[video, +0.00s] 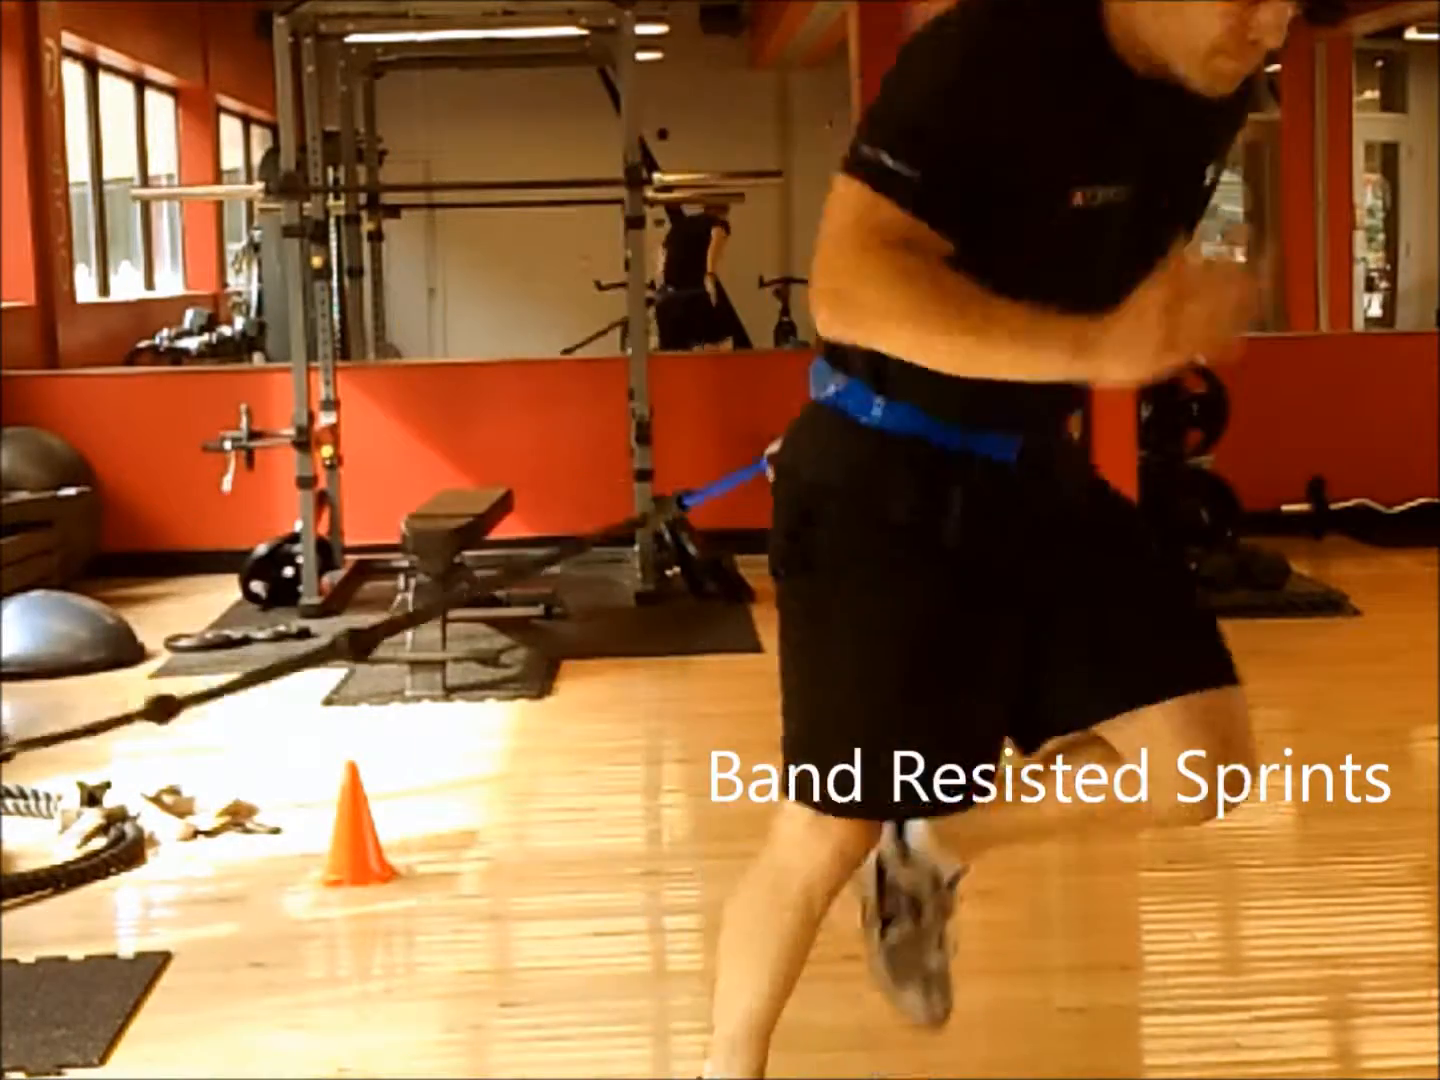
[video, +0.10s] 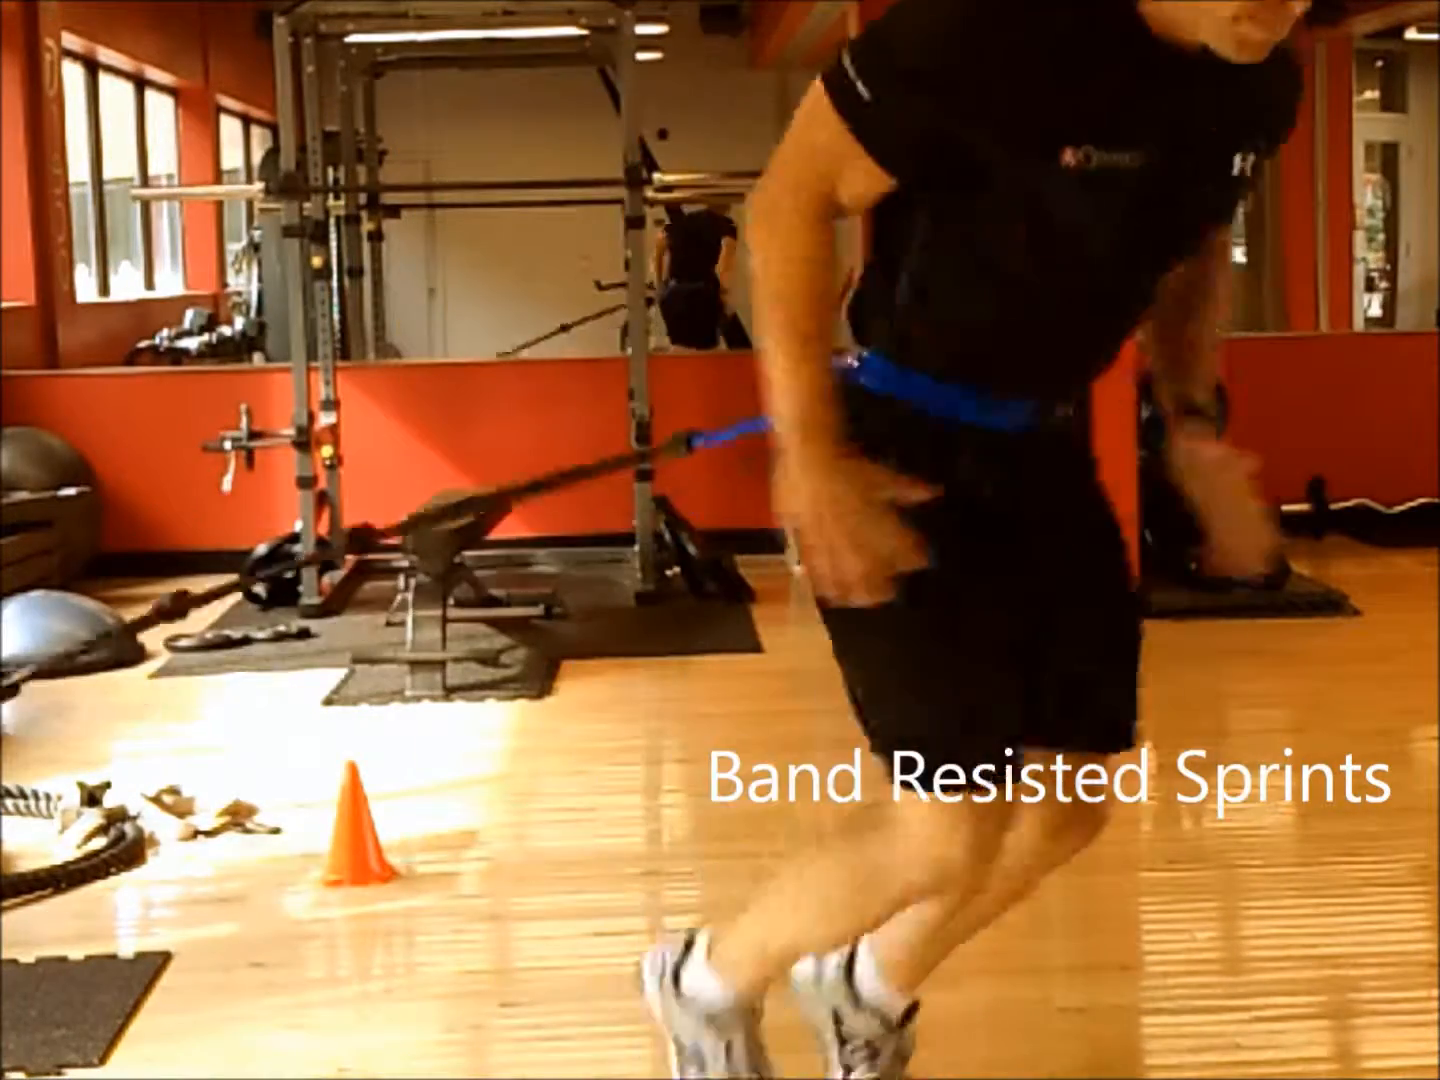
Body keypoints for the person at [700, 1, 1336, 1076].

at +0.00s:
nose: (1272, 25)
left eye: (1288, 1)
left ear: (1301, 4)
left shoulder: (1219, 79)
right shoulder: (983, 47)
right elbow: (849, 287)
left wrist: (1179, 308)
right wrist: (1092, 347)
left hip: (1041, 464)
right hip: (879, 458)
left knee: (1198, 767)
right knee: (833, 818)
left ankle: (931, 840)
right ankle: (729, 1067)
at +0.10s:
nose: (1287, 19)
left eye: (1304, 2)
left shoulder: (1259, 86)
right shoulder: (980, 31)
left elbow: (1190, 252)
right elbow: (792, 194)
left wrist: (1194, 431)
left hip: (1040, 441)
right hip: (893, 430)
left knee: (1071, 801)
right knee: (947, 824)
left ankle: (868, 989)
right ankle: (704, 982)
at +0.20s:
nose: (1273, 100)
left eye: (1293, 68)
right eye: (1251, 60)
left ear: (1309, 56)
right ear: (1152, 23)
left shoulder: (1250, 184)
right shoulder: (966, 112)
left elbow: (1279, 359)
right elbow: (721, 170)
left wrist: (1362, 437)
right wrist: (623, 370)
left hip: (1027, 526)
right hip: (883, 511)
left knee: (936, 827)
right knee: (1078, 785)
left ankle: (785, 1045)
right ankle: (758, 801)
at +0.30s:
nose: (1273, 85)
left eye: (1294, 53)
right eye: (1251, 44)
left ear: (1310, 49)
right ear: (1151, 16)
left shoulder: (1250, 170)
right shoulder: (963, 105)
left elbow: (1251, 348)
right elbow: (734, 170)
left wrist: (1328, 426)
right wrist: (652, 390)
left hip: (1045, 528)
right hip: (900, 512)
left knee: (927, 822)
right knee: (1028, 837)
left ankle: (803, 1017)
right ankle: (784, 875)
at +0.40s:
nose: (1291, 26)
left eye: (1305, 1)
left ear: (1318, 3)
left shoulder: (1248, 104)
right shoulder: (984, 56)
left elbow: (1183, 278)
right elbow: (797, 242)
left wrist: (1172, 479)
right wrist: (904, 469)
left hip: (1049, 487)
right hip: (891, 485)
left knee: (1078, 855)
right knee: (893, 893)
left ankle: (845, 952)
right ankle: (746, 1069)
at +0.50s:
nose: (1276, 110)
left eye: (1292, 74)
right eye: (1252, 67)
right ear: (1142, 31)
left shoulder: (1207, 164)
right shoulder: (991, 132)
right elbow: (930, 394)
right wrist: (1197, 374)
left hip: (1044, 556)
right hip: (880, 562)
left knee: (1218, 844)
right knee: (836, 922)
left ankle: (946, 812)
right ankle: (719, 1070)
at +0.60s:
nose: (1328, 87)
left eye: (1349, 54)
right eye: (1310, 40)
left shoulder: (1246, 132)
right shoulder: (1023, 83)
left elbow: (1135, 309)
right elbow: (898, 324)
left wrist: (1230, 348)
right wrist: (1160, 370)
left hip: (1050, 489)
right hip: (890, 489)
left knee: (1223, 790)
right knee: (837, 848)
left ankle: (944, 869)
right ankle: (719, 1065)